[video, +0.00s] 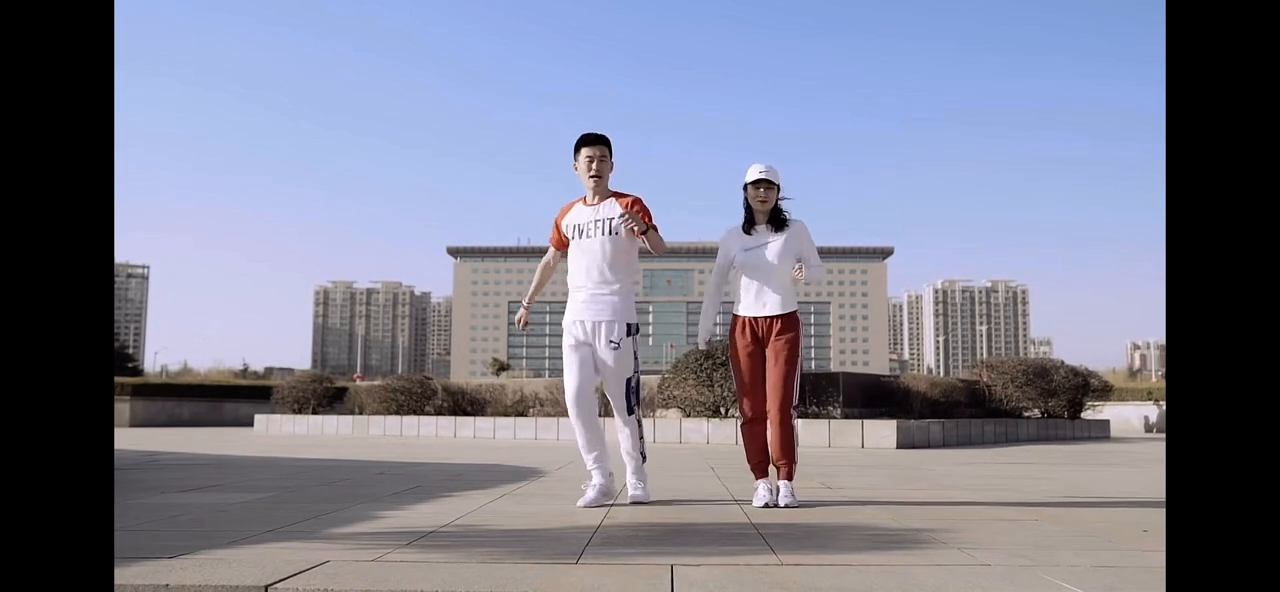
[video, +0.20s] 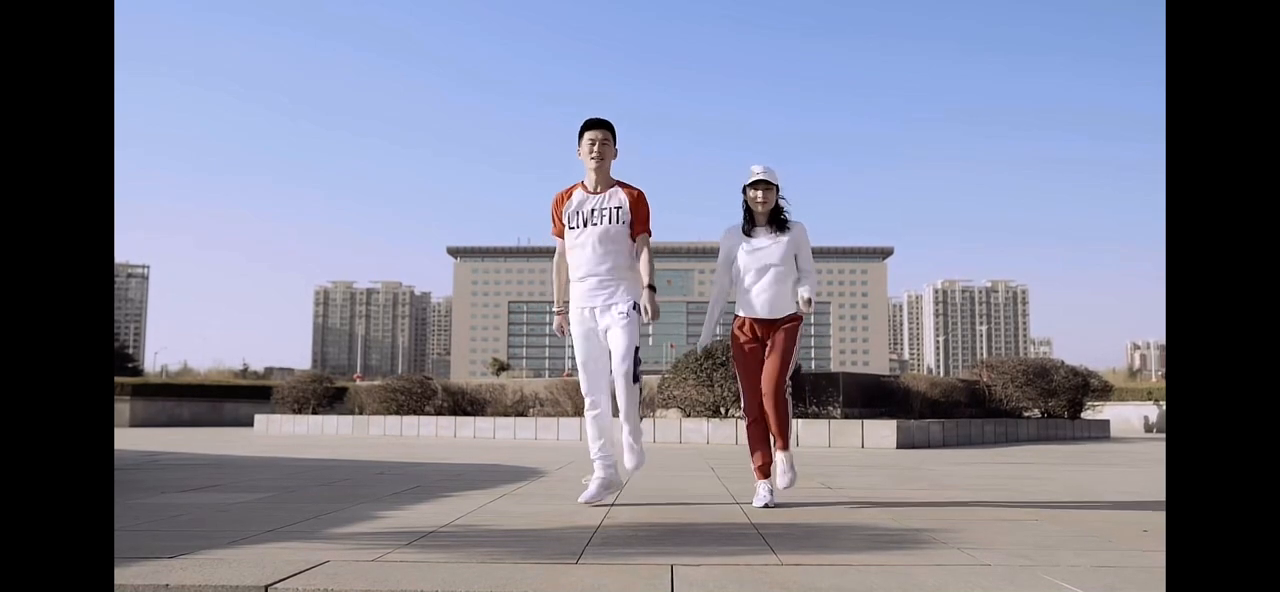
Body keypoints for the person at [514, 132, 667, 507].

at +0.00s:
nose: (595, 165)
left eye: (602, 159)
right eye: (588, 160)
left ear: (611, 165)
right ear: (577, 167)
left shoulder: (630, 206)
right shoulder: (567, 216)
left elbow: (660, 249)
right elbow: (549, 263)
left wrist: (643, 232)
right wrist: (527, 302)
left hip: (616, 316)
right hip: (576, 316)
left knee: (624, 404)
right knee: (576, 400)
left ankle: (636, 479)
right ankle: (600, 480)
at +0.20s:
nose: (597, 147)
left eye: (604, 142)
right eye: (591, 142)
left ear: (615, 151)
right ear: (580, 151)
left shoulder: (632, 196)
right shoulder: (564, 200)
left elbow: (642, 247)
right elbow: (561, 256)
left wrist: (648, 288)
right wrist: (559, 306)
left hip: (621, 300)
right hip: (582, 303)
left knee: (624, 371)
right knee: (593, 393)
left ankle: (631, 436)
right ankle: (603, 471)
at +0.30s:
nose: (602, 163)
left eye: (610, 157)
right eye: (596, 158)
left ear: (622, 167)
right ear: (587, 167)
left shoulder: (638, 216)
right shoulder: (568, 212)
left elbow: (645, 267)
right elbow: (556, 256)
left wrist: (650, 309)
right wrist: (557, 271)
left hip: (625, 306)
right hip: (585, 311)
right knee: (596, 401)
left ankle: (624, 392)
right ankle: (617, 478)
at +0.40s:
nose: (606, 162)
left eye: (614, 157)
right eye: (600, 157)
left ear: (626, 166)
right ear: (590, 165)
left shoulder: (641, 215)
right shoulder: (570, 208)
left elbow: (644, 259)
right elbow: (546, 257)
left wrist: (650, 294)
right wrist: (556, 244)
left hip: (626, 302)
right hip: (586, 307)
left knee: (613, 309)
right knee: (596, 396)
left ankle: (620, 400)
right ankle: (617, 478)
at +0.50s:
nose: (613, 151)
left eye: (620, 146)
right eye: (607, 145)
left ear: (629, 154)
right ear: (593, 152)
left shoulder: (639, 198)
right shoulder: (571, 192)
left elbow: (643, 235)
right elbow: (540, 239)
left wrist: (651, 260)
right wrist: (562, 211)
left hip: (623, 297)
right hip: (584, 301)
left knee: (616, 369)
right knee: (594, 386)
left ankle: (613, 468)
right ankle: (614, 463)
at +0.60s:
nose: (614, 160)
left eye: (620, 155)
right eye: (607, 154)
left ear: (629, 163)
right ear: (594, 160)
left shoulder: (638, 207)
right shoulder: (572, 202)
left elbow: (645, 242)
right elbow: (539, 239)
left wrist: (655, 259)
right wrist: (568, 209)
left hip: (622, 313)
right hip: (583, 316)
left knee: (619, 392)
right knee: (594, 399)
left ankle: (613, 481)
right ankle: (609, 469)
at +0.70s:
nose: (614, 166)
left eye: (620, 161)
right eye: (607, 160)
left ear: (629, 169)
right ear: (593, 167)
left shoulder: (641, 214)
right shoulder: (571, 210)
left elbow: (651, 251)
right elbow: (536, 255)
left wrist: (665, 280)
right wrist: (562, 244)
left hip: (623, 323)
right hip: (581, 323)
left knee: (620, 401)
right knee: (587, 407)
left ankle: (613, 483)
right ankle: (599, 469)